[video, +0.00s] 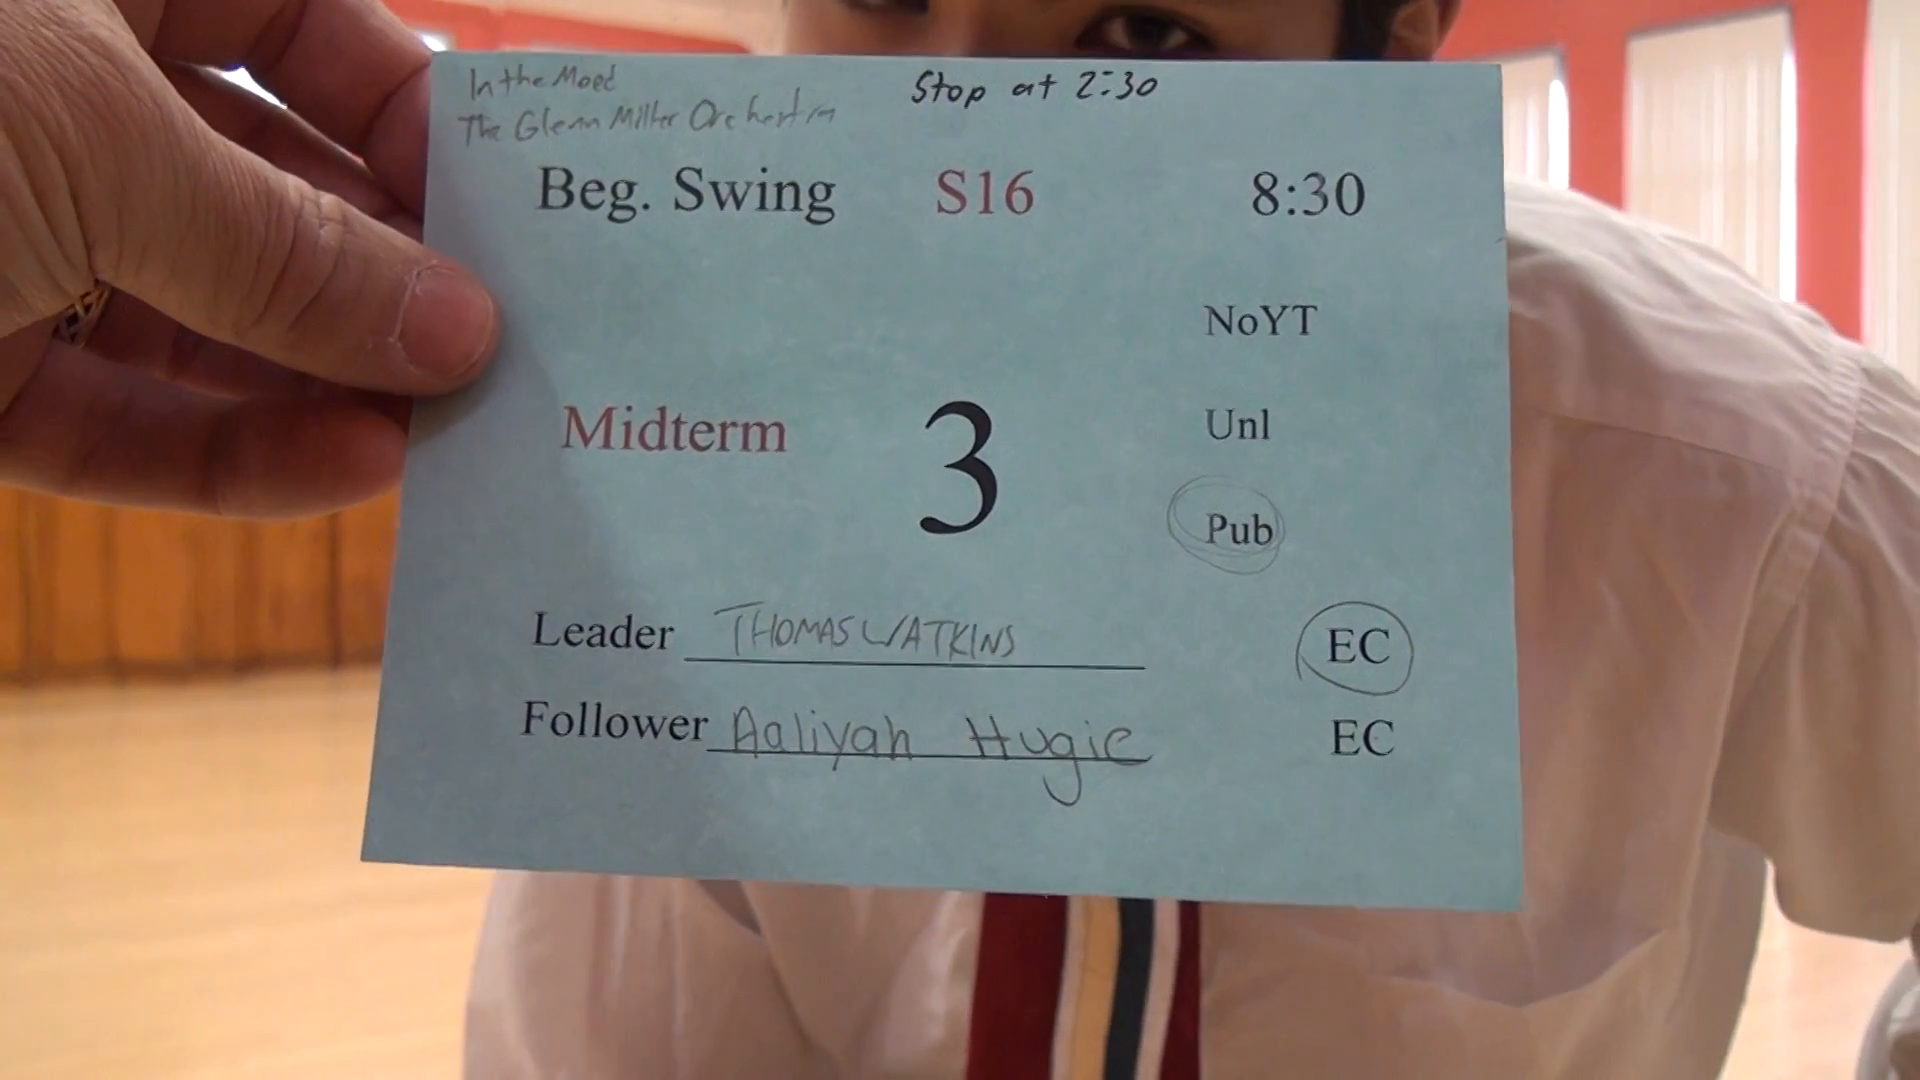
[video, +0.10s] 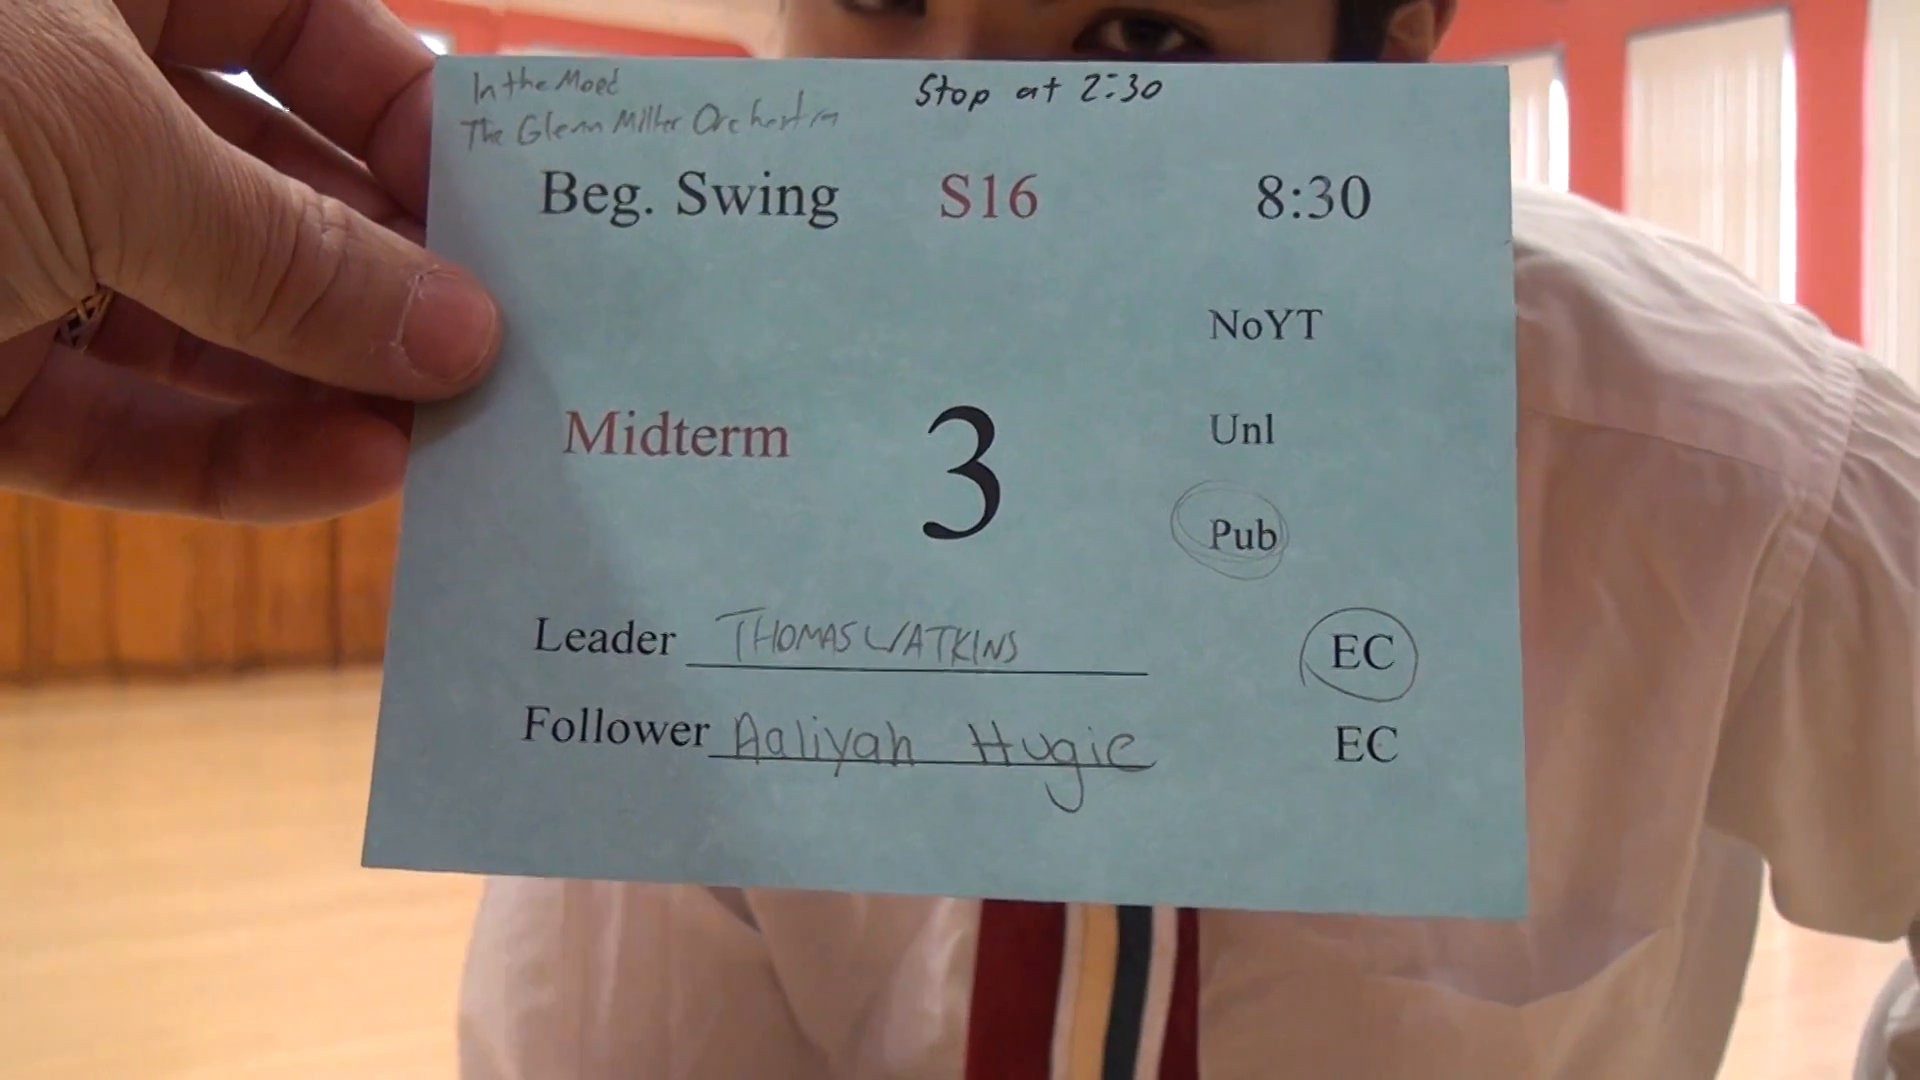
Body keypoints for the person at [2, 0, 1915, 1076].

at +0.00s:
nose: (1031, 182)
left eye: (1149, 87)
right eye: (940, 86)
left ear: (1408, 49)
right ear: (815, 53)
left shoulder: (1746, 464)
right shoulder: (639, 380)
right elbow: (542, 1010)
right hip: (633, 1011)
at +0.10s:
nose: (1027, 175)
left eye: (1146, 76)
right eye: (931, 82)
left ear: (1404, 43)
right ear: (799, 55)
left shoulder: (1752, 465)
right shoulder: (604, 370)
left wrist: (1896, 1047)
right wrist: (90, 180)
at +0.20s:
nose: (1017, 166)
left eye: (1145, 72)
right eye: (919, 66)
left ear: (1393, 52)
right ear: (800, 46)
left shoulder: (1738, 459)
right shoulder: (604, 365)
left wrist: (1892, 1048)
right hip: (623, 1009)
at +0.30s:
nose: (1029, 169)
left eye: (1147, 73)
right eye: (936, 83)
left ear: (1391, 48)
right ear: (802, 53)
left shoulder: (1712, 444)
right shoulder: (607, 356)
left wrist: (1891, 1049)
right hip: (630, 1010)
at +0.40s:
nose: (1029, 178)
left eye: (1152, 63)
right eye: (924, 93)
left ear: (1387, 48)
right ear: (797, 65)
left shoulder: (1737, 454)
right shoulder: (643, 387)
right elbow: (593, 1012)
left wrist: (1895, 1045)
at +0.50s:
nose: (1022, 159)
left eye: (1156, 48)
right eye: (915, 65)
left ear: (1387, 41)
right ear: (796, 49)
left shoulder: (1747, 458)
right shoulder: (649, 389)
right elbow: (609, 1012)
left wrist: (1893, 1047)